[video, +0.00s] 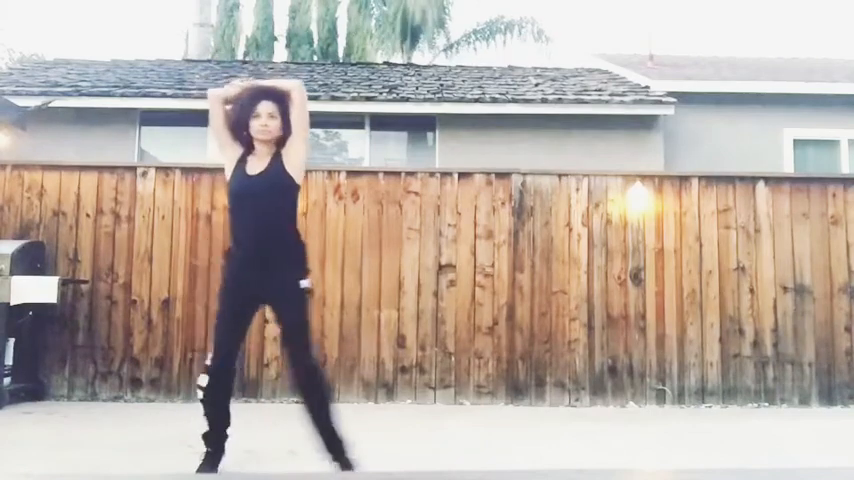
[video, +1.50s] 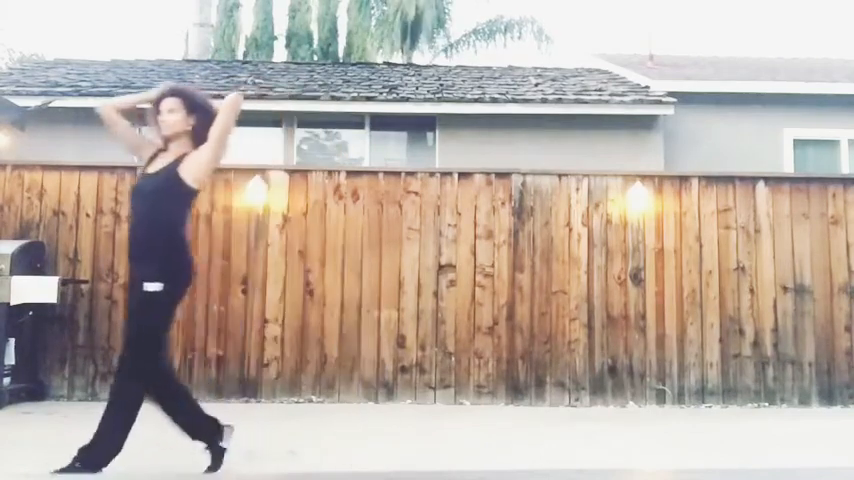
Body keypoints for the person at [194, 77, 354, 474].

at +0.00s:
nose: (265, 121)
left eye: (272, 116)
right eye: (258, 115)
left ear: (283, 123)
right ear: (246, 123)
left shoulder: (291, 158)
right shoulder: (235, 158)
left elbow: (297, 89)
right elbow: (213, 97)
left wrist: (252, 84)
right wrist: (242, 89)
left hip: (286, 274)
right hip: (241, 274)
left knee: (302, 363)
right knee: (221, 362)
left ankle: (336, 450)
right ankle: (213, 449)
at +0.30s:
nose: (300, 132)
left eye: (308, 127)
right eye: (293, 126)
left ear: (318, 133)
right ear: (282, 134)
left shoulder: (323, 165)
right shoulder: (271, 169)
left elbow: (324, 95)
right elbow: (250, 110)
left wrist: (284, 100)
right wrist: (287, 103)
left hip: (338, 278)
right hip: (296, 282)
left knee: (368, 369)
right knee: (260, 369)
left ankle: (377, 457)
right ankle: (229, 447)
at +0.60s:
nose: (305, 133)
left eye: (313, 127)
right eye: (299, 126)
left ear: (323, 135)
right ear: (288, 134)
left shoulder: (328, 169)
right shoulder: (276, 169)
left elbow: (330, 99)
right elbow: (258, 109)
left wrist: (292, 103)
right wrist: (294, 100)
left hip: (340, 282)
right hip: (297, 286)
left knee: (368, 372)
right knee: (252, 367)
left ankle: (379, 456)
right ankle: (236, 446)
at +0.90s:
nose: (264, 122)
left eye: (272, 116)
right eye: (259, 116)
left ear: (287, 123)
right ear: (252, 125)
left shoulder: (291, 159)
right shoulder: (252, 158)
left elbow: (305, 94)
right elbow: (233, 104)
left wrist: (284, 93)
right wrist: (262, 92)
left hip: (273, 274)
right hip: (240, 274)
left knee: (291, 365)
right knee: (234, 364)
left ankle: (345, 448)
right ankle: (244, 451)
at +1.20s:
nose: (215, 122)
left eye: (223, 116)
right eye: (211, 117)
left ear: (241, 122)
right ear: (208, 125)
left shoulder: (247, 159)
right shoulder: (209, 157)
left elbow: (269, 91)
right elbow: (179, 107)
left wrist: (253, 103)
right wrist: (221, 98)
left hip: (226, 275)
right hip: (204, 273)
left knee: (169, 353)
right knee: (219, 365)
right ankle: (245, 450)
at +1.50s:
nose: (161, 117)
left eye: (170, 111)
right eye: (159, 111)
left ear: (192, 119)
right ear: (157, 120)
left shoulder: (199, 160)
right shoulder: (151, 153)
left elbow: (233, 102)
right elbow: (106, 110)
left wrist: (229, 100)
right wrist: (149, 98)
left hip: (165, 273)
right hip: (140, 270)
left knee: (134, 365)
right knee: (149, 367)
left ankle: (93, 459)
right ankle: (212, 434)